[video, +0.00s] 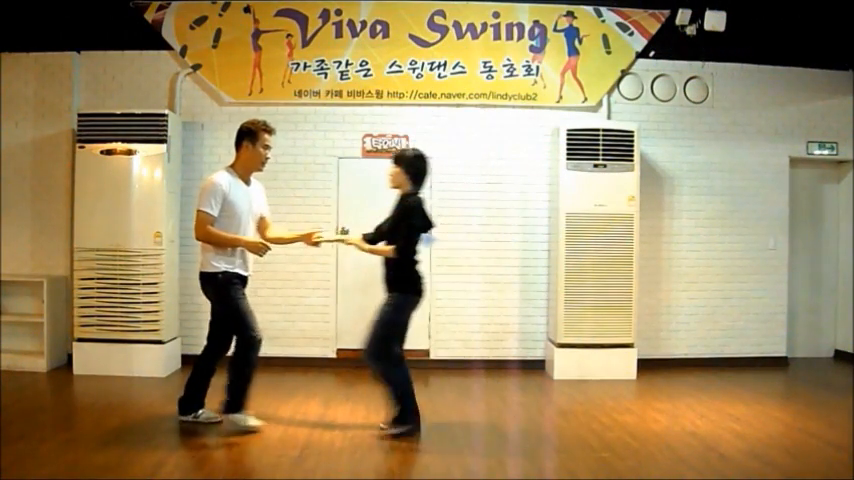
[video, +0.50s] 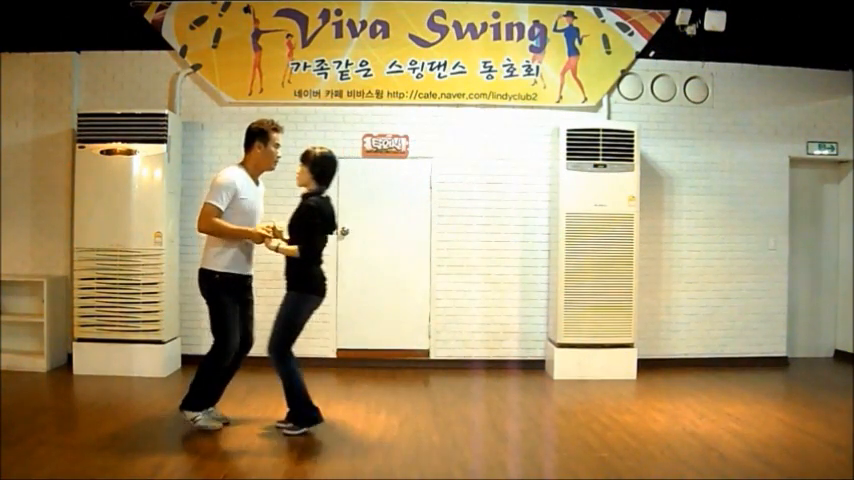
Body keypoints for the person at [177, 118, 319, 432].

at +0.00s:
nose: (268, 155)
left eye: (269, 149)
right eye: (264, 147)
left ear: (250, 149)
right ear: (244, 146)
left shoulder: (256, 188)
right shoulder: (217, 183)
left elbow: (266, 234)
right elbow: (202, 231)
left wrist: (301, 237)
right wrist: (245, 242)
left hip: (237, 276)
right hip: (217, 275)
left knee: (216, 345)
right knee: (251, 337)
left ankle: (189, 407)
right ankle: (233, 412)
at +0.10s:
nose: (265, 158)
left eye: (266, 151)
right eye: (261, 150)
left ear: (249, 151)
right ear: (241, 148)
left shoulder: (252, 190)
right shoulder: (214, 184)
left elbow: (255, 237)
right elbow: (201, 234)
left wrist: (288, 241)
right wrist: (245, 245)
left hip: (235, 279)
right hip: (215, 278)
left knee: (222, 346)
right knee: (237, 343)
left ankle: (192, 406)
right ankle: (197, 407)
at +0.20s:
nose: (267, 158)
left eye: (268, 152)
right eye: (263, 151)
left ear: (248, 152)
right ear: (243, 150)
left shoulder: (248, 191)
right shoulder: (215, 185)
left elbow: (245, 236)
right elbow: (204, 236)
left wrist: (275, 243)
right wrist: (250, 246)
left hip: (235, 280)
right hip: (212, 280)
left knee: (237, 346)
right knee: (222, 347)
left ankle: (196, 404)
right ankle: (189, 411)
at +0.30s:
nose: (270, 158)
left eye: (271, 151)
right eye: (266, 150)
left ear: (252, 152)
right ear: (247, 150)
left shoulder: (249, 190)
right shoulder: (218, 184)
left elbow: (233, 233)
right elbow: (205, 232)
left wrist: (260, 240)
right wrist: (250, 240)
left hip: (234, 281)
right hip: (209, 280)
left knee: (250, 338)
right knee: (218, 347)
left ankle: (206, 400)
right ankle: (188, 412)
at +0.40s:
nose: (275, 156)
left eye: (275, 149)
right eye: (271, 148)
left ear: (254, 150)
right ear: (251, 148)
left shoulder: (253, 187)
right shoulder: (223, 180)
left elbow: (236, 227)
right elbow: (206, 225)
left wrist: (264, 233)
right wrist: (251, 234)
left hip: (236, 278)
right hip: (211, 277)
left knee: (252, 336)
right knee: (218, 344)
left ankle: (210, 400)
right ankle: (189, 410)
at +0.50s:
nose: (278, 154)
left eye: (279, 148)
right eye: (274, 147)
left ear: (259, 149)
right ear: (255, 147)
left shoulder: (257, 185)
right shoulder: (228, 179)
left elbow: (240, 225)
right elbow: (204, 222)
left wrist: (264, 232)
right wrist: (249, 233)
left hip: (241, 276)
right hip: (217, 275)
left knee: (243, 342)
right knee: (227, 342)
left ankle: (206, 404)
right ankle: (193, 405)